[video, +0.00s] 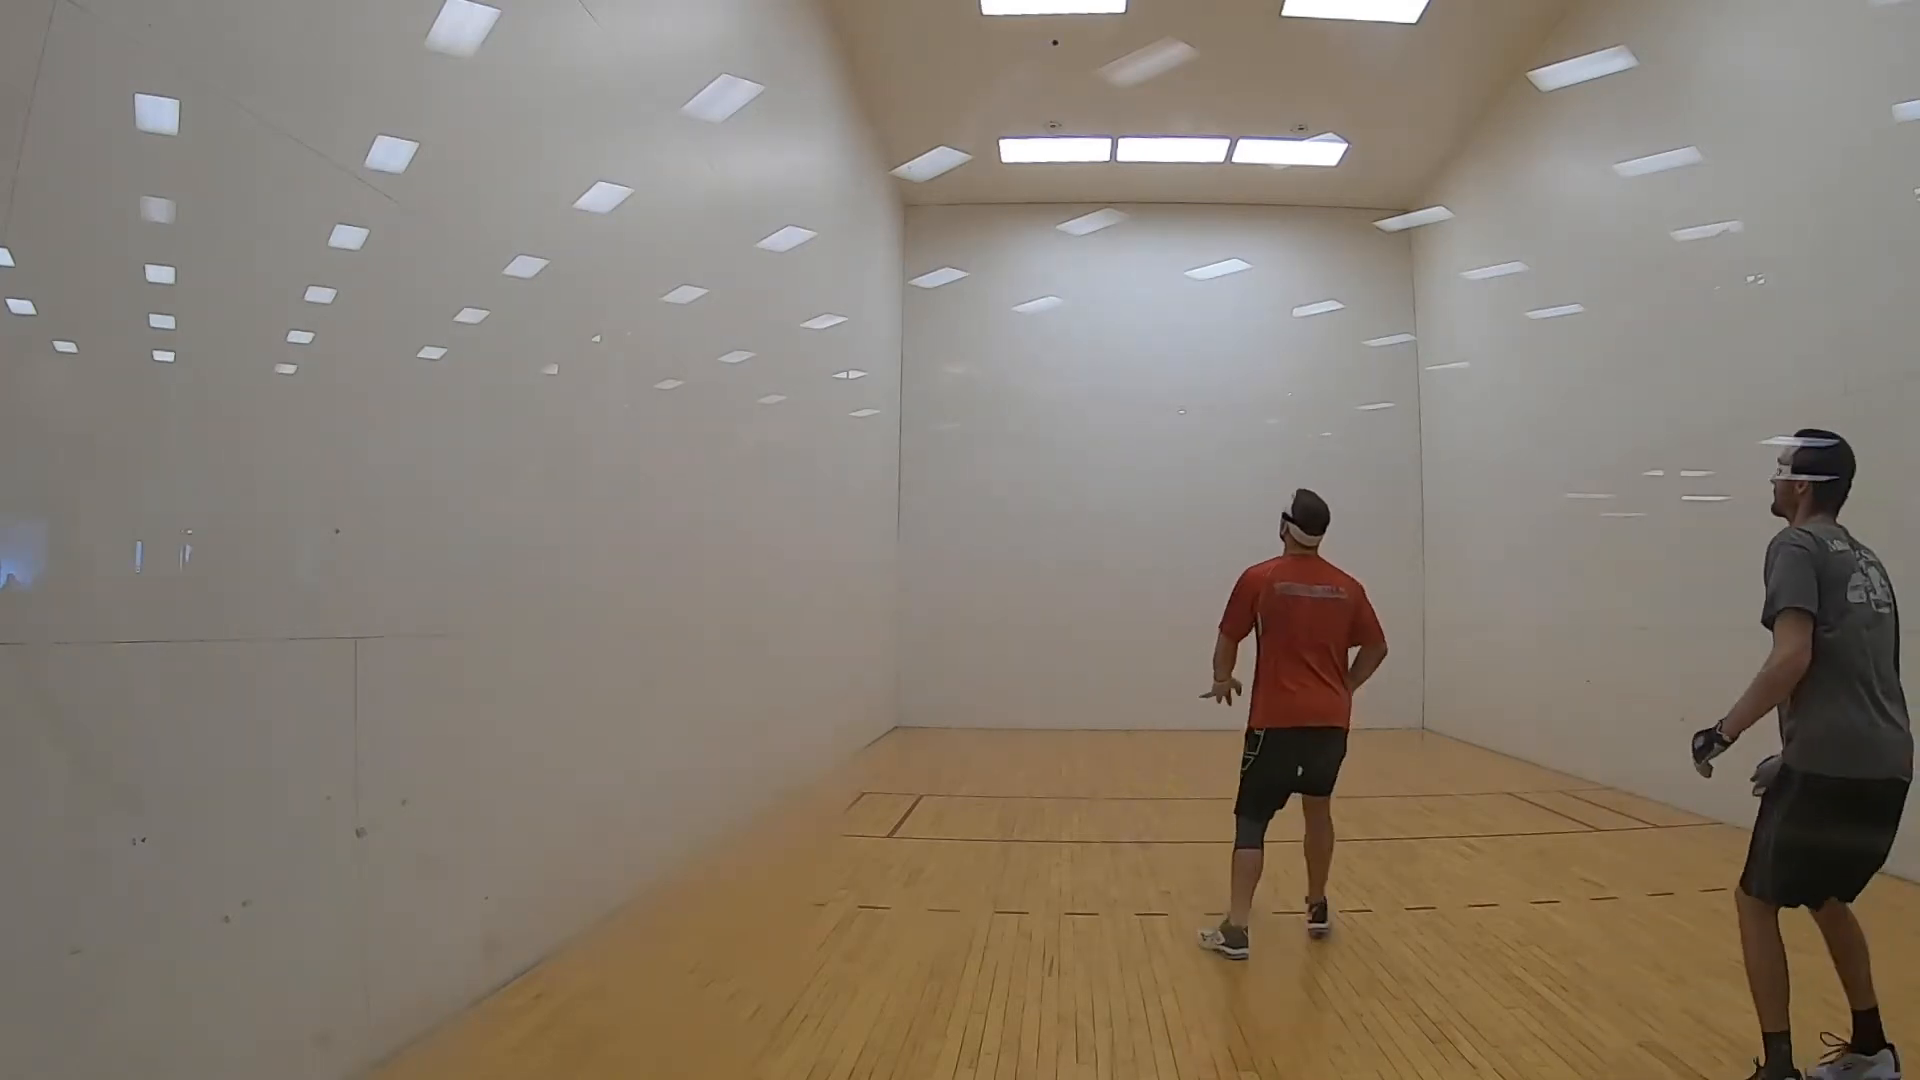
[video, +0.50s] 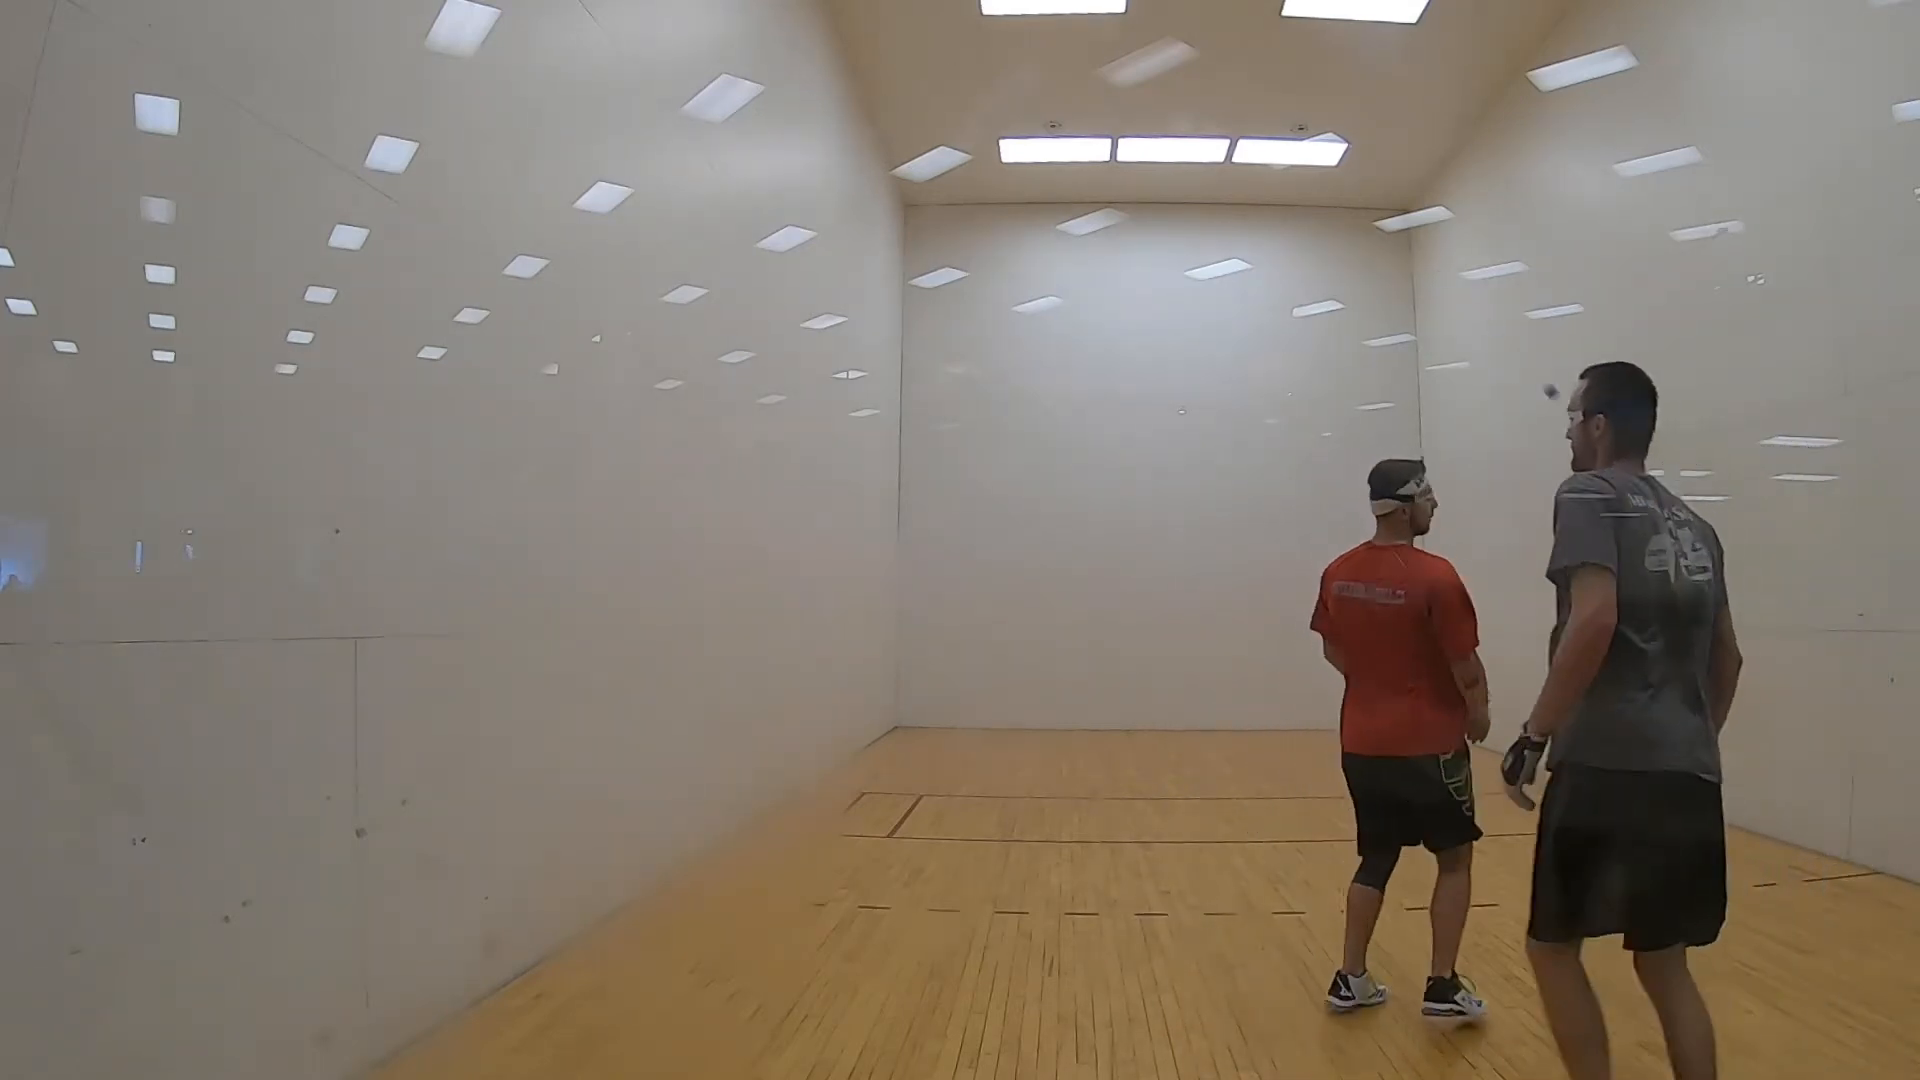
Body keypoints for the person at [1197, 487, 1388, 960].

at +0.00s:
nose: (1281, 527)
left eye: (1283, 522)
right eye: (1290, 523)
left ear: (1286, 528)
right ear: (1324, 534)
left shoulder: (1259, 579)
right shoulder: (1348, 587)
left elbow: (1227, 639)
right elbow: (1376, 648)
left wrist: (1223, 678)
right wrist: (1347, 687)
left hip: (1274, 722)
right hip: (1330, 722)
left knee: (1252, 819)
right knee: (1319, 807)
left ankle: (1236, 929)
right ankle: (1317, 905)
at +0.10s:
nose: (1305, 525)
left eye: (1307, 520)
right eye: (1316, 521)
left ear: (1309, 525)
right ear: (1349, 530)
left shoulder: (1281, 579)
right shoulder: (1373, 586)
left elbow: (1246, 639)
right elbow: (1399, 652)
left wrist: (1237, 677)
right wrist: (1365, 687)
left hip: (1294, 729)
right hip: (1352, 731)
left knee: (1263, 824)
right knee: (1344, 819)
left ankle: (1265, 940)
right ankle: (1380, 916)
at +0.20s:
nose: (1325, 529)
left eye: (1326, 523)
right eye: (1336, 524)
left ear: (1328, 529)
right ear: (1370, 535)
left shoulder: (1299, 587)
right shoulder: (1395, 593)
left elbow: (1263, 648)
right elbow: (1424, 663)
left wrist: (1267, 681)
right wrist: (1393, 701)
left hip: (1312, 746)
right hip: (1375, 747)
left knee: (1281, 840)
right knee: (1366, 846)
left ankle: (1271, 950)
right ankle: (1392, 945)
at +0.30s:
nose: (1355, 507)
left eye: (1350, 498)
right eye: (1368, 501)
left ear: (1343, 502)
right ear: (1389, 505)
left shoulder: (1311, 562)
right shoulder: (1417, 566)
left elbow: (1288, 626)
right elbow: (1447, 639)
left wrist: (1305, 668)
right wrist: (1425, 683)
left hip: (1331, 728)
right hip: (1395, 730)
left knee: (1316, 837)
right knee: (1393, 839)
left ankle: (1303, 944)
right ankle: (1397, 948)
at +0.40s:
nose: (1391, 494)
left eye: (1377, 486)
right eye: (1398, 486)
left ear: (1356, 490)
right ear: (1403, 492)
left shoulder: (1321, 554)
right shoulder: (1433, 558)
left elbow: (1310, 626)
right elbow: (1458, 645)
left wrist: (1346, 663)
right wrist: (1446, 692)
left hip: (1345, 719)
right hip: (1411, 720)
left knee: (1353, 831)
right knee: (1417, 843)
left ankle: (1338, 954)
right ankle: (1418, 958)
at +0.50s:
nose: (1434, 504)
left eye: (1431, 495)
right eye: (1427, 496)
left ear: (1380, 508)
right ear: (1406, 506)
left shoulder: (1339, 571)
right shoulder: (1435, 575)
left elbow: (1332, 651)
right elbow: (1465, 668)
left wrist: (1374, 682)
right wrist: (1478, 710)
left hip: (1364, 745)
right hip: (1430, 747)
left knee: (1376, 854)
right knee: (1454, 858)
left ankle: (1350, 978)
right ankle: (1442, 985)